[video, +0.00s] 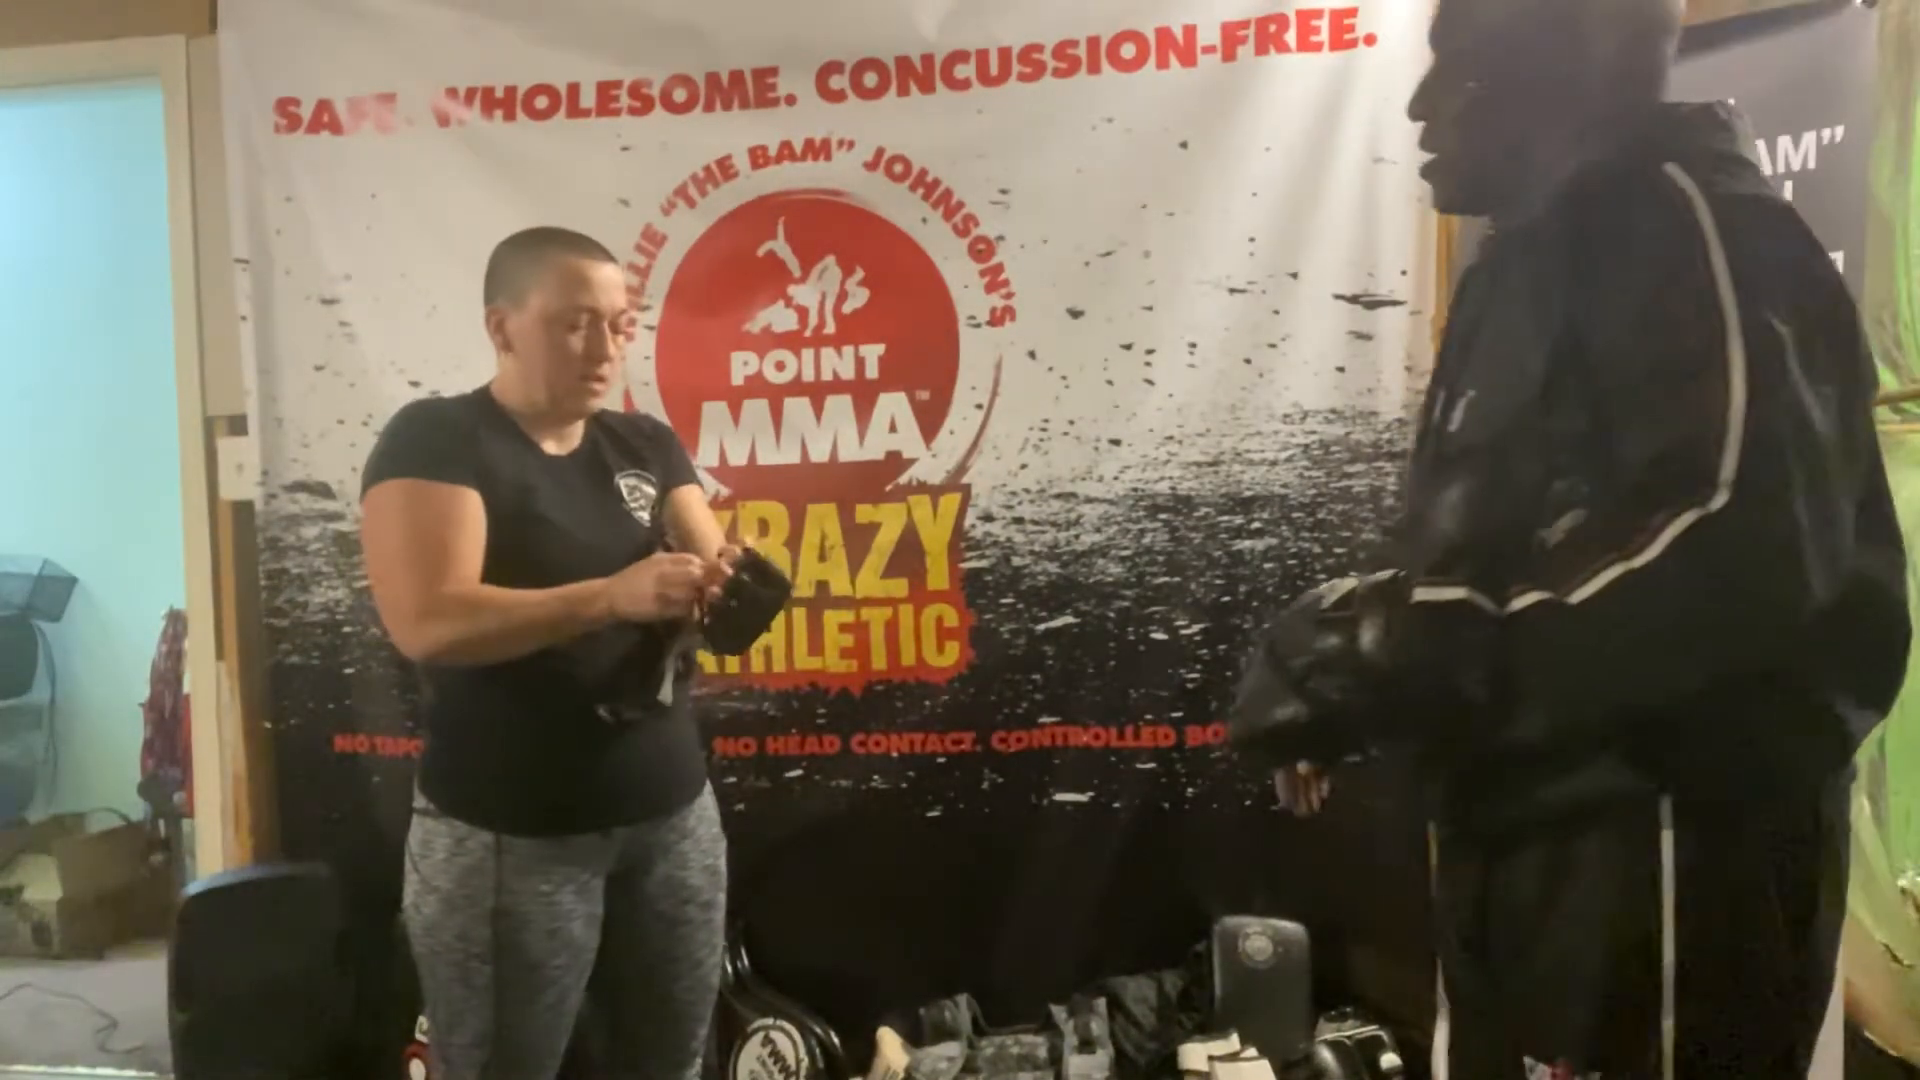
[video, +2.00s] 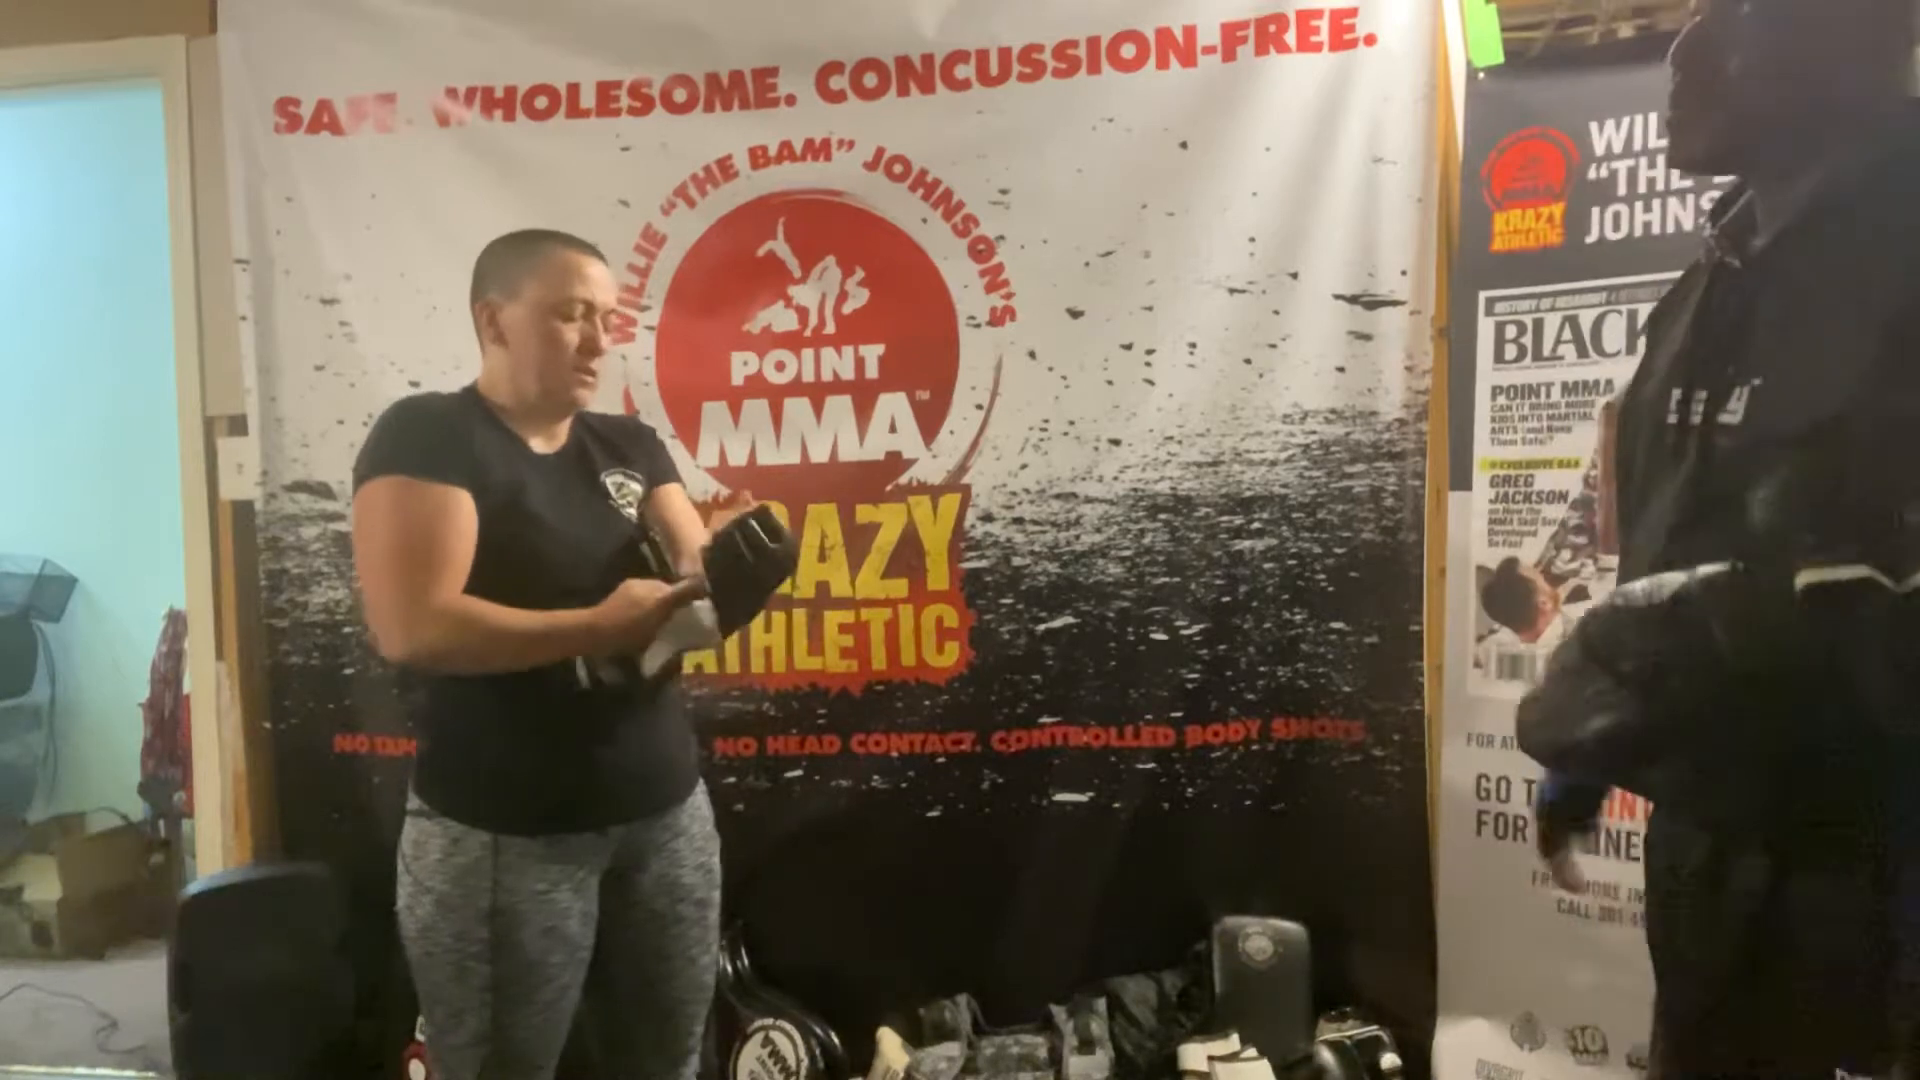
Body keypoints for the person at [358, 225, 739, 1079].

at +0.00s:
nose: (606, 349)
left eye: (617, 327)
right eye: (578, 323)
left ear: (626, 331)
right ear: (503, 326)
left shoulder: (647, 445)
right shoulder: (431, 441)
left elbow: (724, 586)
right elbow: (425, 621)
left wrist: (727, 587)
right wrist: (611, 594)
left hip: (670, 828)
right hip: (504, 843)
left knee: (662, 1065)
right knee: (498, 1069)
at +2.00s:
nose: (599, 339)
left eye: (606, 319)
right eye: (572, 312)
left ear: (613, 328)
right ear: (491, 319)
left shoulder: (628, 444)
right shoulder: (424, 436)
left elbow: (700, 581)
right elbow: (412, 626)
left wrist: (727, 549)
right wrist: (600, 627)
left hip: (664, 828)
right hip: (499, 846)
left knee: (658, 1065)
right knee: (496, 1068)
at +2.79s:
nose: (561, 333)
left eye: (566, 312)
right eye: (535, 308)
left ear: (571, 323)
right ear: (452, 318)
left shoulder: (591, 443)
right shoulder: (375, 433)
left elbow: (664, 604)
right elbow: (322, 614)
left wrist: (722, 581)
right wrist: (512, 543)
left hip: (620, 829)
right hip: (452, 849)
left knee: (639, 1065)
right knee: (467, 1069)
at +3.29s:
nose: (546, 344)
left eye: (555, 323)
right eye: (523, 316)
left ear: (561, 333)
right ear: (440, 316)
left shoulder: (566, 447)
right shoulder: (362, 435)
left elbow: (650, 592)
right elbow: (367, 601)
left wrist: (678, 630)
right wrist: (547, 515)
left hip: (603, 831)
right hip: (440, 854)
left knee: (633, 1065)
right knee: (456, 1068)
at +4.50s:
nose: (554, 356)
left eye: (564, 333)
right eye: (533, 327)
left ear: (570, 337)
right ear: (450, 318)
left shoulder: (573, 443)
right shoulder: (370, 430)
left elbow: (659, 565)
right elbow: (392, 594)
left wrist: (651, 633)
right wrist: (598, 561)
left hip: (611, 825)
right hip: (450, 850)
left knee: (641, 1063)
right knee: (467, 1066)